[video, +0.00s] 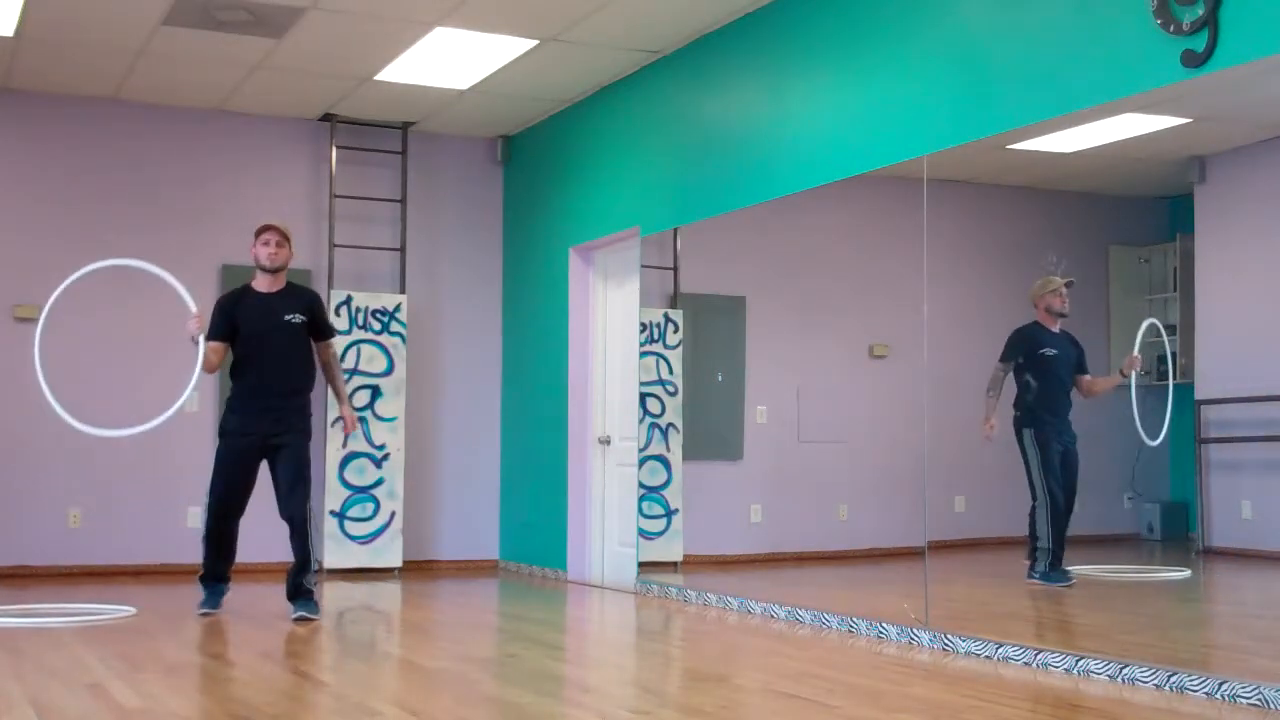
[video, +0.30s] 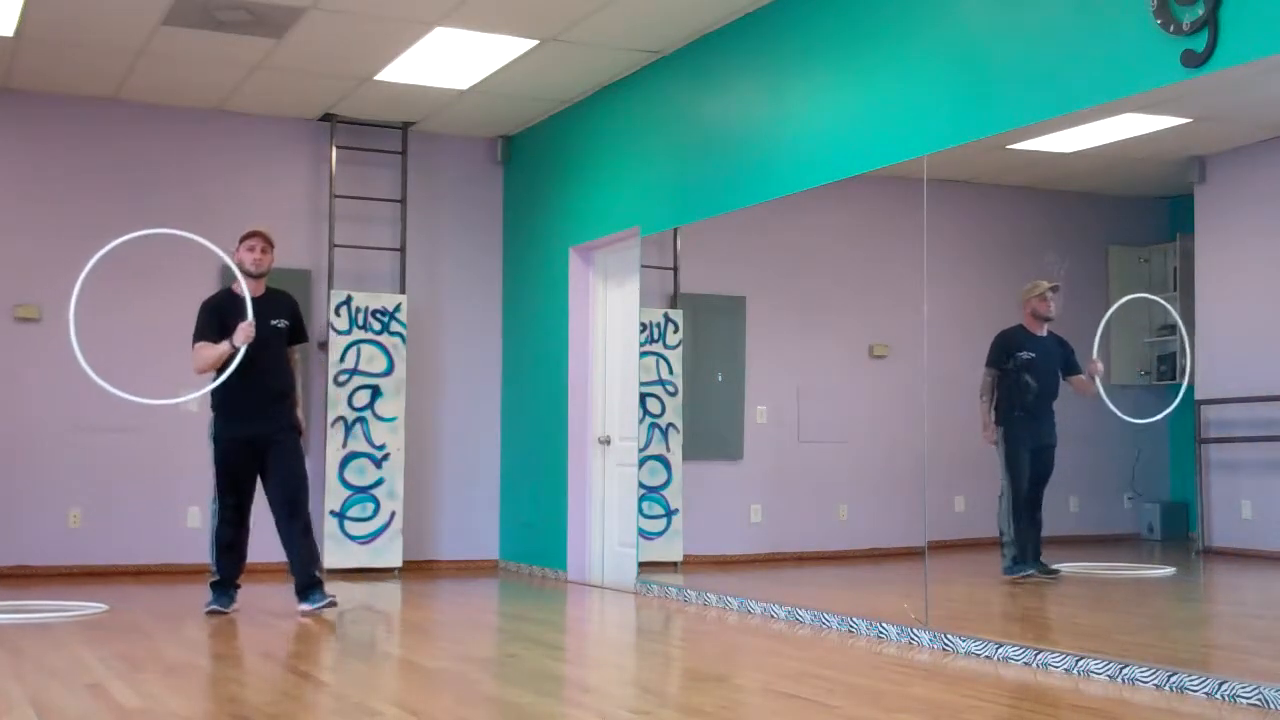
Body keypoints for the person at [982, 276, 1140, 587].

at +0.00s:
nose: (1065, 299)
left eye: (1066, 295)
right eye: (1058, 294)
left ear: (1064, 302)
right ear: (1040, 301)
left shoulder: (1071, 343)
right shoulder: (1024, 336)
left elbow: (1088, 388)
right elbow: (998, 375)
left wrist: (1122, 373)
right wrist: (990, 416)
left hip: (1062, 426)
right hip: (1033, 425)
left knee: (1066, 496)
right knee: (1048, 495)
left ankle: (1052, 564)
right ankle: (1041, 566)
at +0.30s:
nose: (1050, 304)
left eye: (1051, 300)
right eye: (1043, 300)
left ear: (1054, 306)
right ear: (1027, 304)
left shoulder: (1059, 345)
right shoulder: (1008, 339)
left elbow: (1082, 387)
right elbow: (988, 382)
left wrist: (1093, 375)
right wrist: (987, 422)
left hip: (1044, 426)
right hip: (1013, 426)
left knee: (1035, 494)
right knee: (1016, 492)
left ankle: (1032, 558)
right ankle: (1014, 561)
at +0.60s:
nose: (1032, 305)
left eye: (1034, 301)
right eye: (1026, 301)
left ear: (1036, 307)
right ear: (1011, 305)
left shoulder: (1044, 345)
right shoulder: (989, 339)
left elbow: (1060, 382)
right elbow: (971, 379)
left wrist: (1072, 397)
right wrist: (969, 416)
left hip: (1030, 430)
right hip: (994, 429)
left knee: (1027, 499)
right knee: (983, 497)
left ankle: (1028, 559)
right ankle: (966, 560)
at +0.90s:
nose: (993, 307)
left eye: (995, 303)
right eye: (985, 303)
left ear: (998, 307)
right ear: (971, 309)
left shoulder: (1012, 346)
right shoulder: (955, 345)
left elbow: (1029, 384)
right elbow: (941, 389)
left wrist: (1045, 409)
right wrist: (942, 426)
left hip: (1005, 431)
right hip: (968, 432)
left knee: (1015, 498)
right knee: (959, 502)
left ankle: (1027, 560)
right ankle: (945, 565)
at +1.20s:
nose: (971, 302)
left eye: (973, 297)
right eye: (964, 298)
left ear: (974, 301)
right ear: (948, 303)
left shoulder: (988, 339)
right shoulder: (932, 340)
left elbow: (1007, 379)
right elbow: (918, 386)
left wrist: (1024, 409)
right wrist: (916, 426)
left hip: (985, 430)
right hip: (948, 433)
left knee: (994, 500)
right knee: (946, 502)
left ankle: (994, 559)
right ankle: (944, 564)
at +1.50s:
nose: (970, 302)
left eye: (972, 297)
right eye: (962, 298)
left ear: (977, 301)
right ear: (949, 305)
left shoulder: (991, 341)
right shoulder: (935, 339)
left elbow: (1012, 375)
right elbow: (923, 385)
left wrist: (1016, 400)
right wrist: (923, 424)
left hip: (981, 432)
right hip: (944, 432)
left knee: (978, 502)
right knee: (939, 501)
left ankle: (971, 564)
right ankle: (938, 562)